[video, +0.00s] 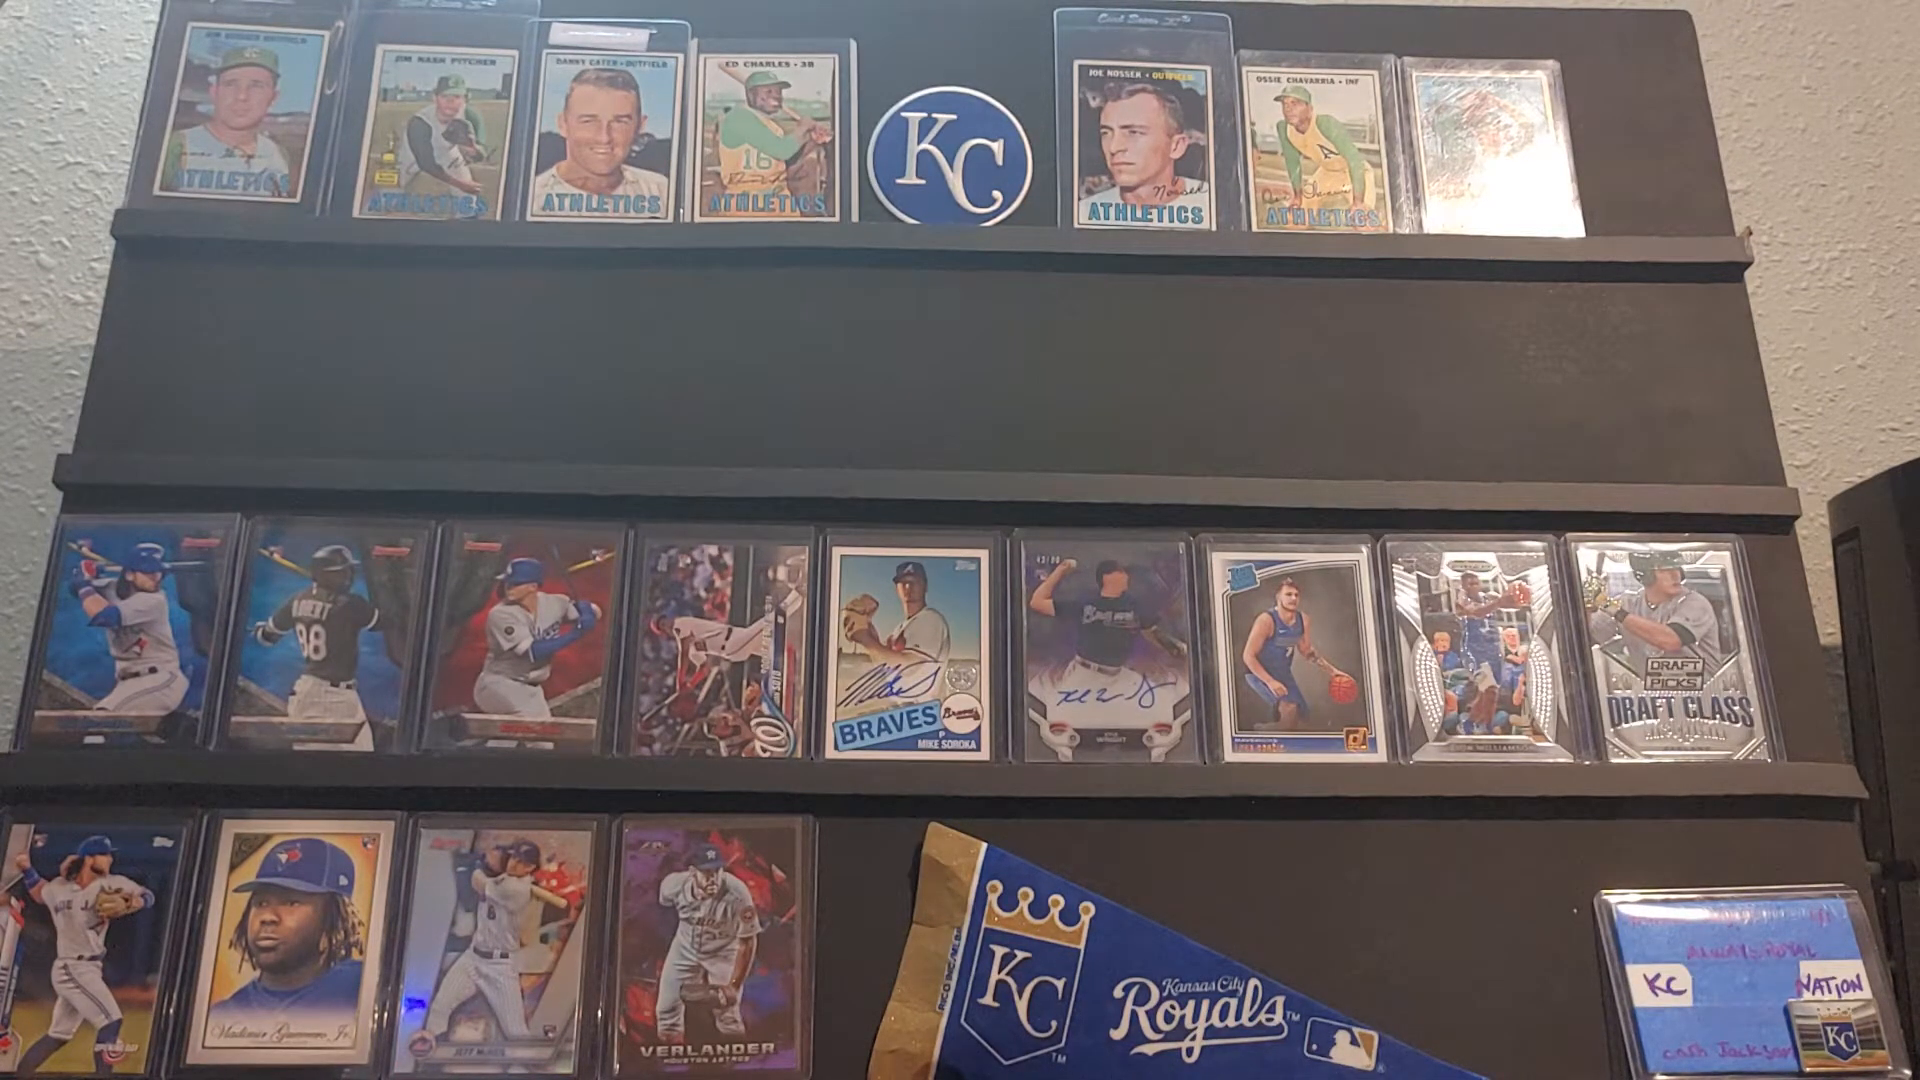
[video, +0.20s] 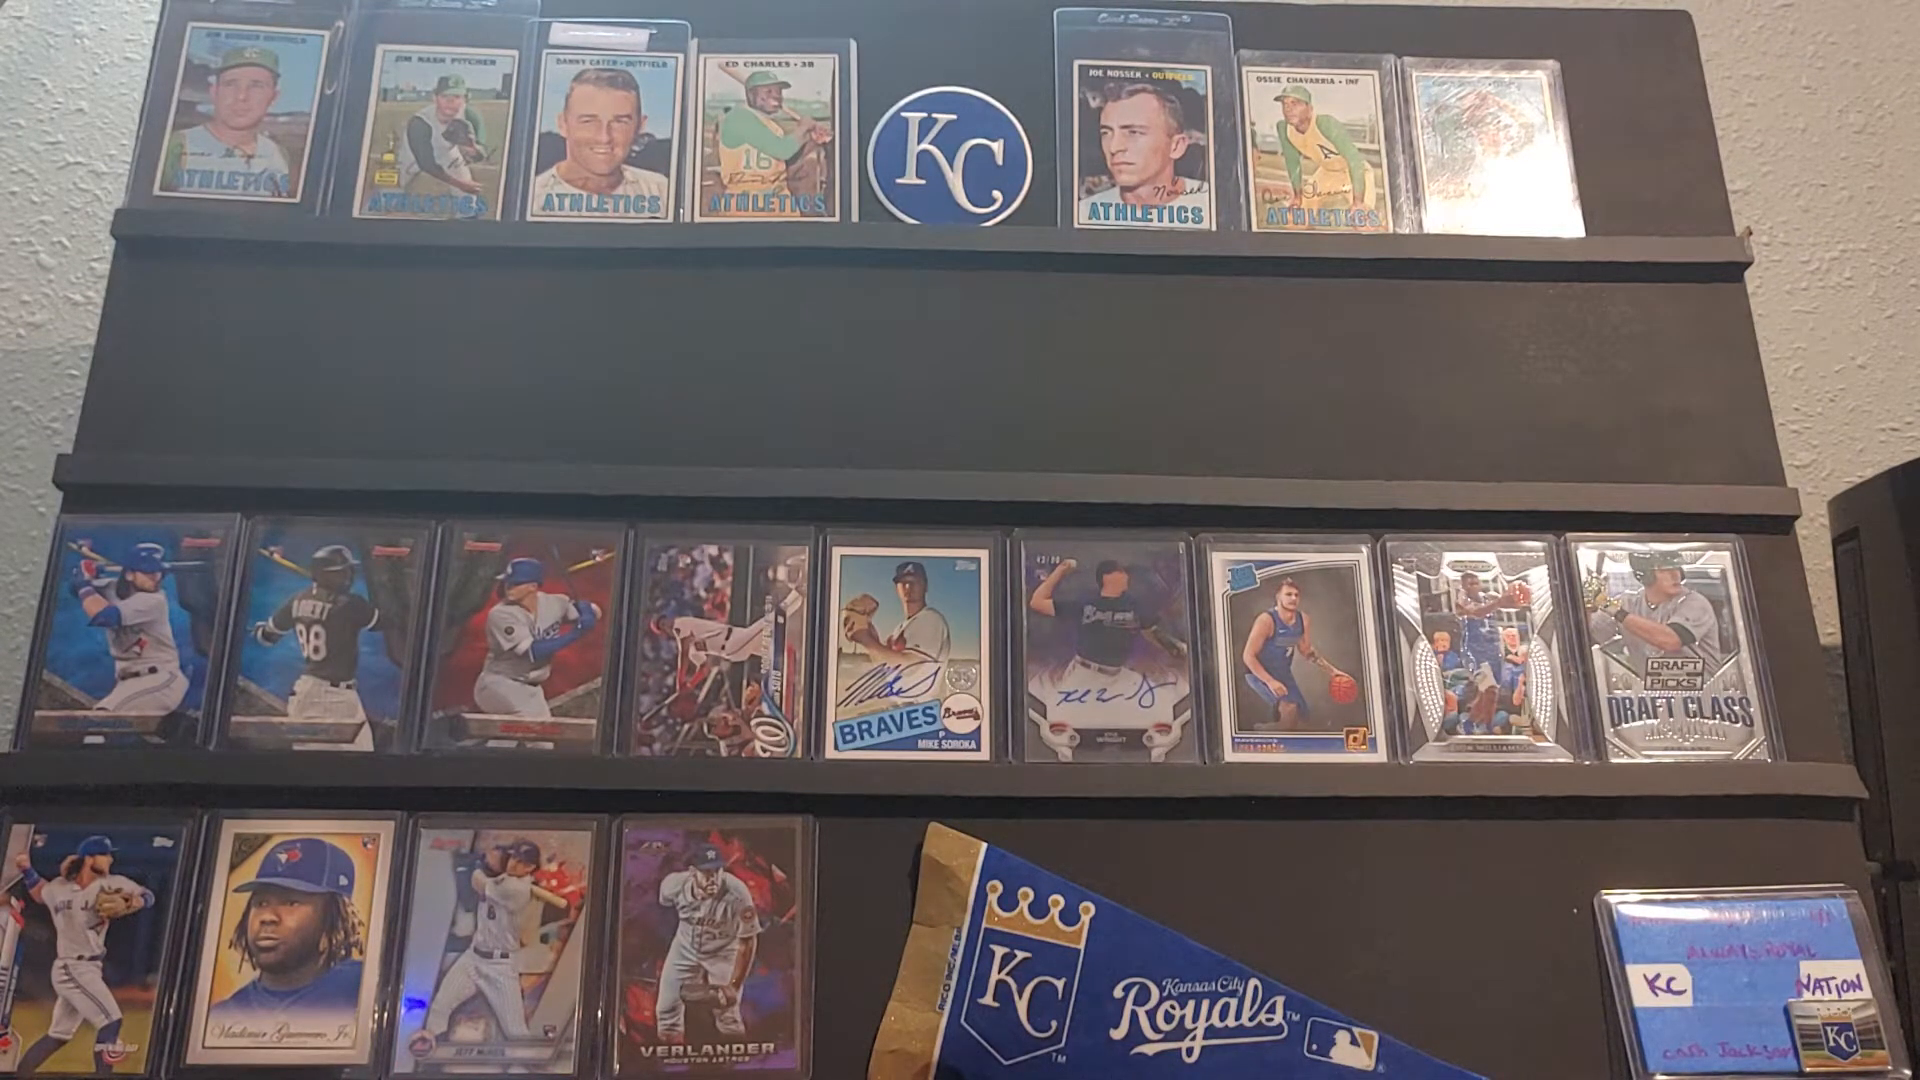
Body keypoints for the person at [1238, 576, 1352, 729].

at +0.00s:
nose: (1293, 599)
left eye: (1296, 595)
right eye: (1288, 595)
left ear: (1299, 598)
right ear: (1278, 598)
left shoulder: (1303, 619)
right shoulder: (1266, 620)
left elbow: (1306, 650)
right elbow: (1248, 656)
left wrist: (1333, 671)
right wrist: (1270, 681)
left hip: (1283, 672)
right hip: (1260, 671)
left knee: (1301, 713)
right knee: (1289, 706)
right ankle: (1284, 748)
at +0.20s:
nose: (1293, 599)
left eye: (1296, 595)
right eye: (1288, 595)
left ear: (1299, 598)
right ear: (1278, 598)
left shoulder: (1303, 619)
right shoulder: (1266, 620)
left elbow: (1306, 650)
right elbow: (1248, 656)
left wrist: (1333, 671)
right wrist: (1270, 681)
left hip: (1283, 672)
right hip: (1260, 672)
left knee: (1301, 713)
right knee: (1289, 706)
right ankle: (1283, 749)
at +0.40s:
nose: (1293, 599)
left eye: (1296, 595)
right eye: (1288, 595)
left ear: (1299, 598)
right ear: (1278, 598)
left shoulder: (1303, 619)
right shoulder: (1266, 620)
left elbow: (1307, 650)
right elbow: (1248, 656)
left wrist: (1333, 671)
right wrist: (1270, 681)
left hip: (1283, 672)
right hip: (1260, 672)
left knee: (1301, 713)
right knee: (1289, 706)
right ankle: (1283, 749)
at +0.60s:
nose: (1293, 599)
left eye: (1296, 595)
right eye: (1288, 595)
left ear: (1299, 598)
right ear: (1278, 598)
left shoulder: (1303, 619)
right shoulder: (1266, 620)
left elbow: (1307, 650)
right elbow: (1248, 656)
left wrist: (1333, 671)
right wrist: (1270, 681)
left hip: (1283, 672)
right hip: (1260, 672)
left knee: (1301, 713)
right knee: (1289, 706)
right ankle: (1283, 749)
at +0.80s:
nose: (1293, 599)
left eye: (1296, 595)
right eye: (1288, 594)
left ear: (1299, 598)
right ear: (1278, 597)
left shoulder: (1302, 619)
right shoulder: (1266, 620)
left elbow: (1306, 650)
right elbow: (1248, 656)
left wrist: (1332, 671)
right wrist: (1270, 681)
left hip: (1283, 671)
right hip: (1260, 671)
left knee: (1300, 712)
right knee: (1289, 706)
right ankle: (1285, 748)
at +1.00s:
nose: (1293, 599)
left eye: (1296, 595)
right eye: (1288, 595)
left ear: (1299, 598)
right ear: (1278, 597)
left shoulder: (1302, 619)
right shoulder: (1266, 620)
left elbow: (1306, 650)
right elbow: (1248, 656)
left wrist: (1332, 671)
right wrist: (1270, 681)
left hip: (1283, 672)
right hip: (1260, 672)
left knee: (1301, 712)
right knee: (1289, 706)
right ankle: (1284, 750)